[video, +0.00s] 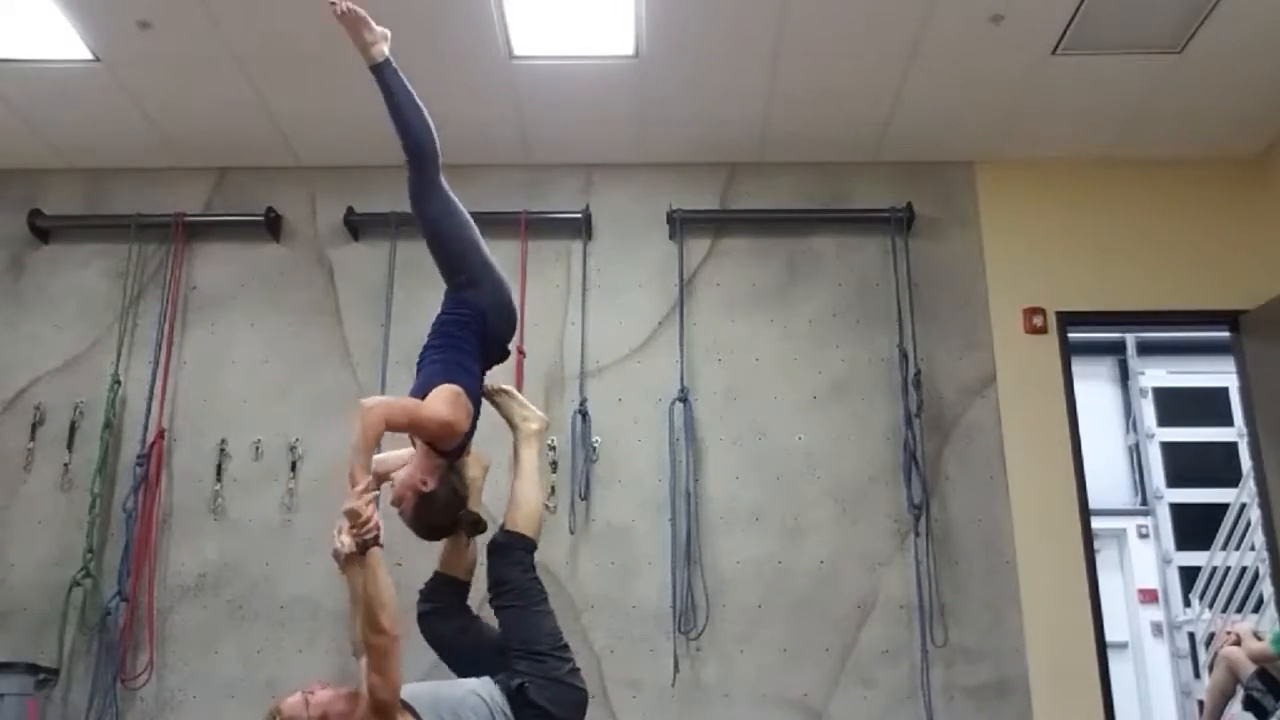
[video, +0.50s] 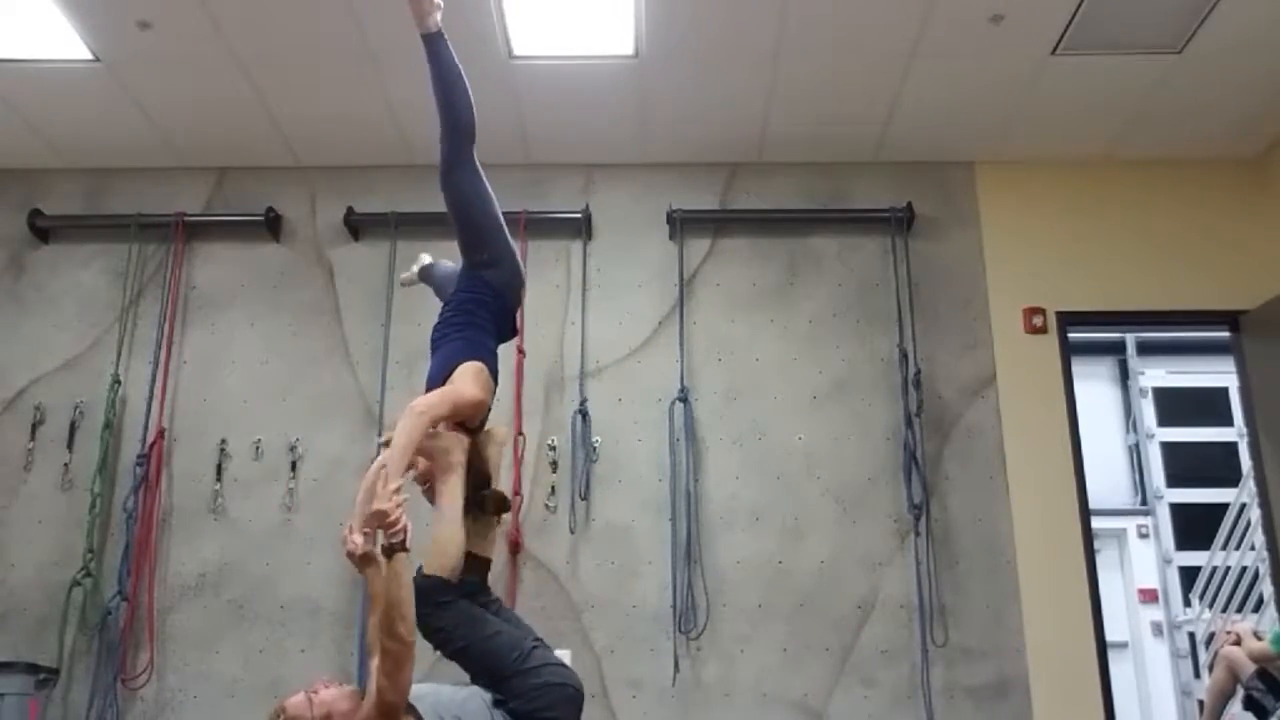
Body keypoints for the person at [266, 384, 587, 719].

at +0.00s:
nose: (315, 688)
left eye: (305, 691)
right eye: (308, 702)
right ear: (323, 719)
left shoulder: (377, 701)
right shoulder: (381, 710)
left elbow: (371, 639)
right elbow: (382, 636)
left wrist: (352, 565)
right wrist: (368, 547)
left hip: (510, 691)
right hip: (546, 701)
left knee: (439, 609)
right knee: (510, 556)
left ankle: (470, 478)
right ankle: (529, 432)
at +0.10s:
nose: (317, 687)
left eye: (307, 691)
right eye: (310, 701)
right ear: (325, 718)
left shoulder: (378, 699)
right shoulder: (381, 709)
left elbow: (376, 634)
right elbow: (380, 633)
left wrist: (359, 561)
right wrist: (365, 556)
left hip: (515, 693)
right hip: (549, 699)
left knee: (452, 601)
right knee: (510, 558)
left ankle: (478, 474)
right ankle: (537, 438)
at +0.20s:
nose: (321, 685)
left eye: (307, 690)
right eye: (310, 700)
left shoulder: (377, 699)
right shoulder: (379, 712)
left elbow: (382, 636)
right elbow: (390, 635)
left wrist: (374, 556)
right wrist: (377, 556)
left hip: (518, 699)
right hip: (547, 706)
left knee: (477, 574)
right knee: (469, 576)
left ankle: (489, 495)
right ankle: (543, 467)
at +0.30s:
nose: (318, 688)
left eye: (306, 691)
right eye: (311, 702)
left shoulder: (385, 702)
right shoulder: (381, 711)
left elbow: (386, 639)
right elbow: (392, 639)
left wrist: (375, 559)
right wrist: (383, 550)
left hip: (524, 697)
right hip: (545, 705)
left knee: (470, 587)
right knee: (455, 586)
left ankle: (504, 487)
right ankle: (530, 480)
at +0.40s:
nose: (319, 687)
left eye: (307, 691)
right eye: (312, 702)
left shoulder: (385, 703)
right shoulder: (380, 712)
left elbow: (387, 640)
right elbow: (392, 639)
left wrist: (378, 554)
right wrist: (383, 556)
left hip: (520, 699)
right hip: (543, 705)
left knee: (473, 591)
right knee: (439, 598)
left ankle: (503, 477)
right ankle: (505, 480)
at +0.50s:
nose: (320, 687)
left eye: (309, 691)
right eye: (313, 702)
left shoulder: (381, 700)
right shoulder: (381, 711)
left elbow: (381, 643)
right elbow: (401, 640)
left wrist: (372, 569)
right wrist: (397, 549)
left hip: (521, 698)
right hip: (545, 701)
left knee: (467, 590)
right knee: (428, 594)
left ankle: (486, 475)